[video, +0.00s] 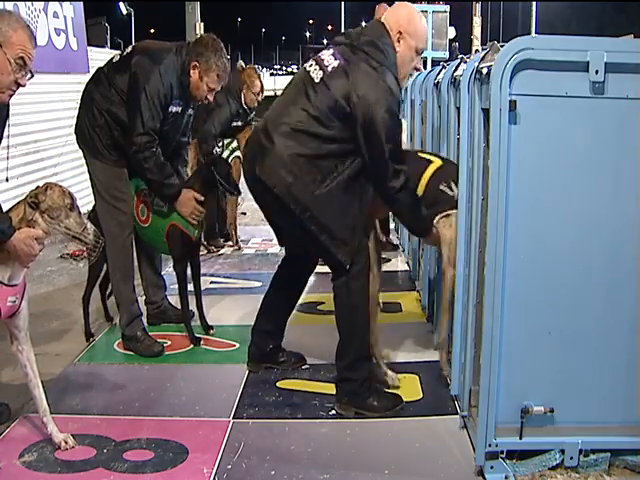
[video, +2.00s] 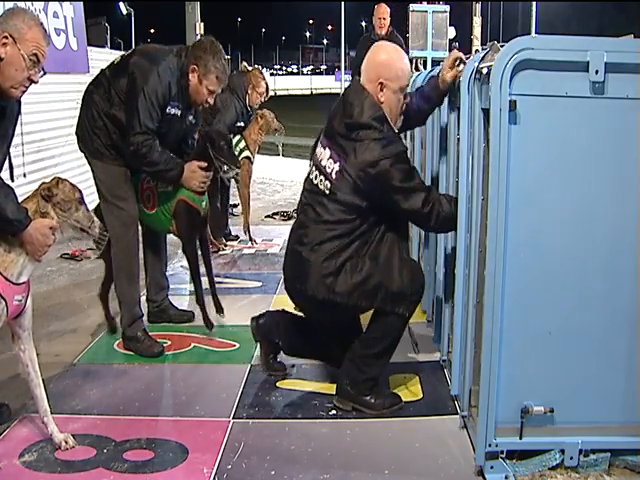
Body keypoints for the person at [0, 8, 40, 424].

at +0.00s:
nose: (24, 80)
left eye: (29, 71)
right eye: (20, 65)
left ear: (24, 71)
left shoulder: (5, 109)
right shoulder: (0, 110)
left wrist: (10, 230)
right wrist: (9, 234)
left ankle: (0, 405)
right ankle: (0, 407)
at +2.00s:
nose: (36, 77)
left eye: (41, 69)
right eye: (33, 61)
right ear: (4, 44)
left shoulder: (11, 104)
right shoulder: (4, 104)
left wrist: (22, 220)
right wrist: (21, 226)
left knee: (5, 313)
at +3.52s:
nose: (51, 63)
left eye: (55, 55)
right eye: (48, 49)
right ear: (20, 32)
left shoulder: (27, 86)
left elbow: (13, 150)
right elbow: (5, 145)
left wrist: (56, 195)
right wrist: (56, 196)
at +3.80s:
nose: (70, 54)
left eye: (74, 45)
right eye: (66, 40)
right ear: (37, 24)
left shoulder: (45, 67)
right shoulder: (4, 51)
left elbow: (35, 141)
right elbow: (21, 137)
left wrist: (20, 210)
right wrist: (82, 203)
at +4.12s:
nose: (107, 51)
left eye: (112, 41)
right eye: (102, 38)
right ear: (71, 18)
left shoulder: (78, 57)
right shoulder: (25, 48)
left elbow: (74, 148)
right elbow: (64, 149)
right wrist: (133, 219)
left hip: (35, 214)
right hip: (3, 216)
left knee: (52, 308)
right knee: (9, 330)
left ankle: (55, 386)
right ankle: (9, 452)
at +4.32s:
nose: (150, 54)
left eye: (156, 45)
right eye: (148, 41)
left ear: (123, 21)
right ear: (117, 19)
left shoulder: (112, 54)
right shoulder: (65, 51)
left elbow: (110, 147)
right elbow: (107, 155)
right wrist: (173, 223)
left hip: (70, 202)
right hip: (17, 207)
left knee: (127, 289)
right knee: (27, 325)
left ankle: (153, 391)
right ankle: (7, 455)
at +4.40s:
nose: (174, 58)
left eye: (180, 49)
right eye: (172, 44)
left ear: (147, 21)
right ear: (142, 20)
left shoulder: (139, 60)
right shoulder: (86, 51)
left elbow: (134, 148)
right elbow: (126, 155)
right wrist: (191, 226)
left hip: (95, 203)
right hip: (33, 205)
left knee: (143, 292)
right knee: (40, 322)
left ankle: (164, 396)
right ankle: (8, 450)